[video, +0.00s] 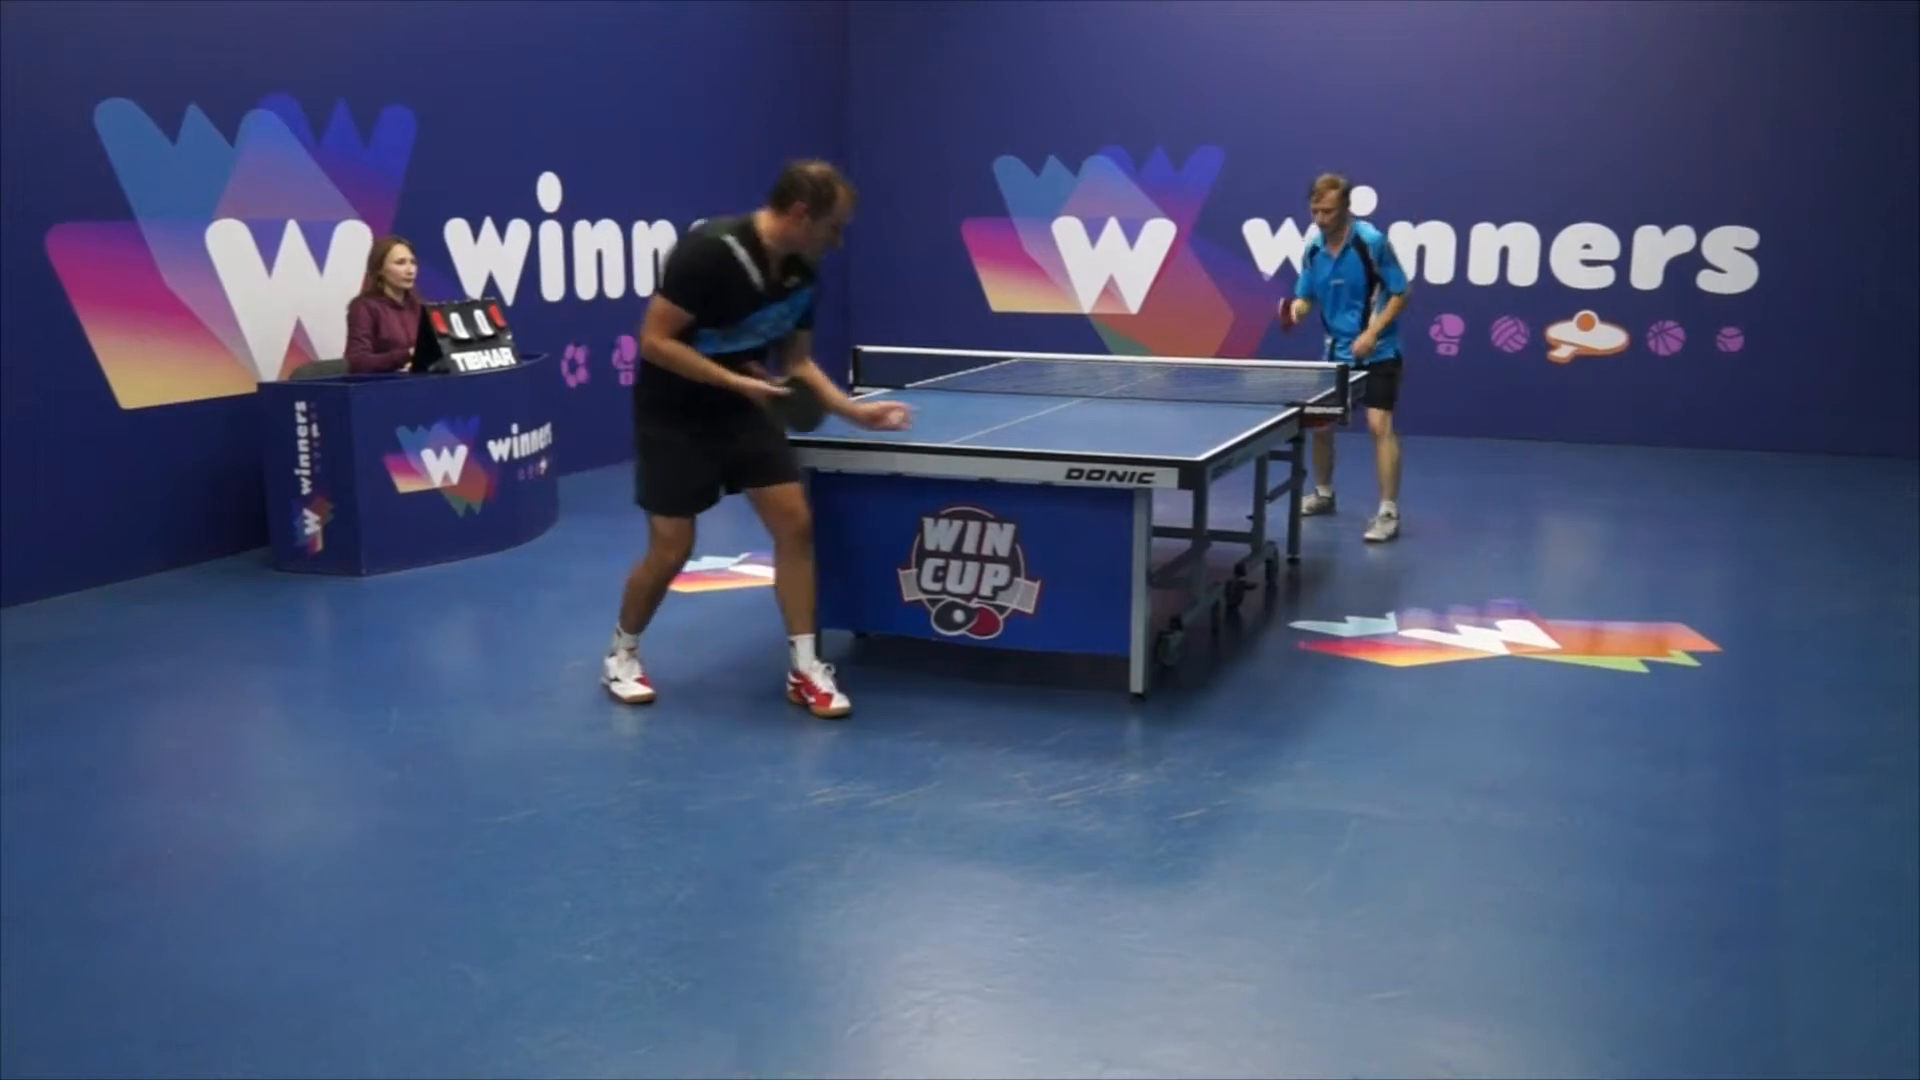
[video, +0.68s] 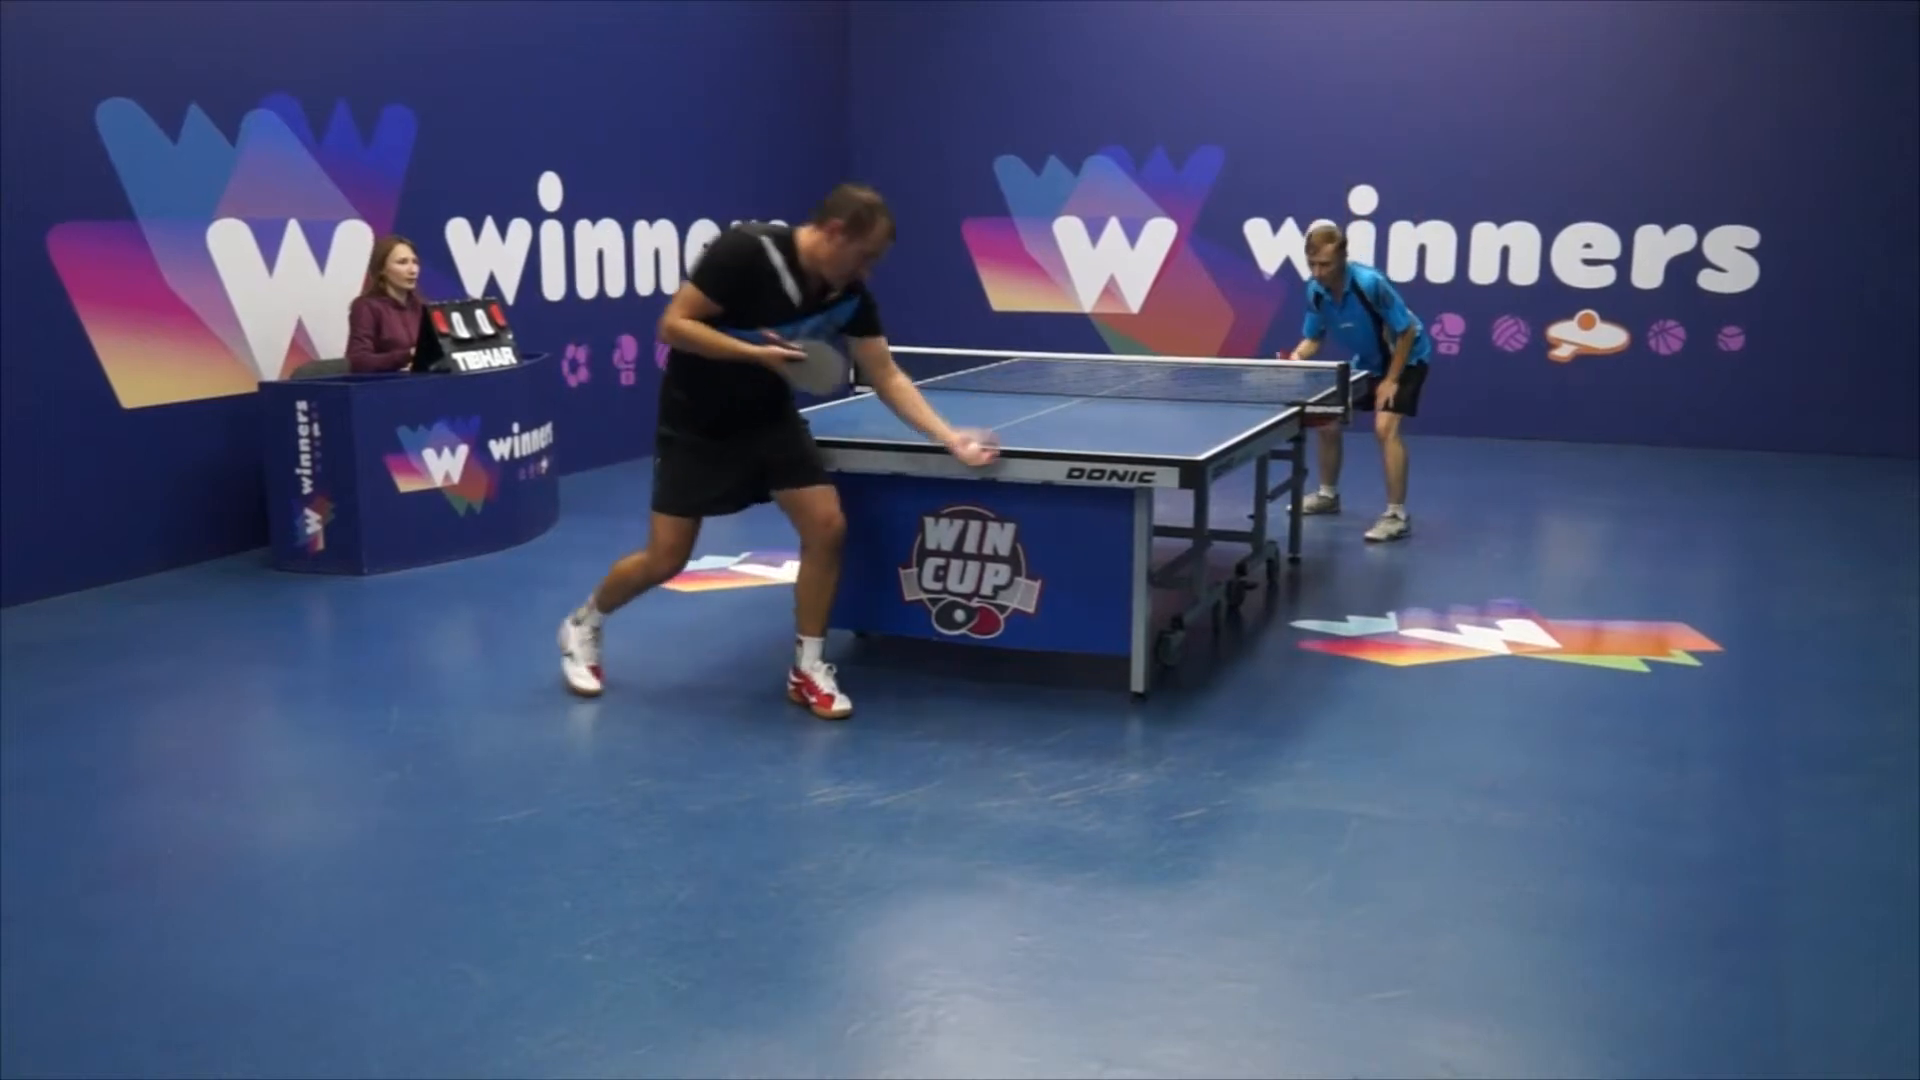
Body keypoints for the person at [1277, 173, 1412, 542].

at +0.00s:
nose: (1320, 217)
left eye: (1327, 211)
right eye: (1316, 210)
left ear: (1346, 209)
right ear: (1311, 209)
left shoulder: (1372, 241)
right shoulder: (1314, 249)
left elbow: (1400, 292)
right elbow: (1306, 298)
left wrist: (1373, 332)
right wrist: (1293, 313)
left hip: (1378, 348)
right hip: (1336, 349)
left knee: (1379, 424)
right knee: (1320, 420)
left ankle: (1387, 510)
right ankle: (1323, 493)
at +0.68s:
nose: (1318, 272)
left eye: (1325, 264)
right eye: (1313, 264)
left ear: (1343, 258)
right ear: (1308, 260)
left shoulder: (1369, 283)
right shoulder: (1315, 290)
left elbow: (1407, 331)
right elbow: (1313, 338)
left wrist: (1391, 380)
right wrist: (1295, 358)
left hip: (1406, 355)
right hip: (1368, 358)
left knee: (1385, 427)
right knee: (1327, 418)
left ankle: (1396, 513)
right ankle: (1327, 494)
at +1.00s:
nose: (1315, 270)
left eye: (1322, 262)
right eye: (1310, 262)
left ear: (1339, 257)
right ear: (1305, 259)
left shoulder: (1366, 282)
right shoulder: (1314, 292)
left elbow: (1405, 329)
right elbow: (1314, 338)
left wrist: (1391, 379)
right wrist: (1297, 357)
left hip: (1406, 355)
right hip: (1368, 358)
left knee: (1385, 426)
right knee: (1325, 418)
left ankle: (1396, 513)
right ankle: (1327, 494)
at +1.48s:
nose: (1329, 234)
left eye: (1337, 227)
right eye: (1324, 225)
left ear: (1353, 228)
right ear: (1318, 224)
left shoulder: (1374, 261)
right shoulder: (1312, 266)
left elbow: (1403, 310)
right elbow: (1301, 319)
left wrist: (1377, 355)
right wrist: (1293, 324)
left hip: (1383, 359)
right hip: (1339, 360)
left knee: (1383, 432)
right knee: (1314, 424)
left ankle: (1398, 512)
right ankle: (1326, 491)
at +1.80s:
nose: (1332, 216)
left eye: (1340, 209)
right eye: (1327, 208)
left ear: (1359, 209)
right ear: (1322, 207)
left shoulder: (1381, 244)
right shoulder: (1314, 249)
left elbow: (1411, 292)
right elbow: (1301, 298)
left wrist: (1379, 329)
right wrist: (1289, 310)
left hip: (1382, 352)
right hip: (1334, 353)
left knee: (1393, 432)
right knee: (1287, 414)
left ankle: (1421, 513)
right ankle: (1278, 499)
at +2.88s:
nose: (1342, 217)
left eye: (1350, 209)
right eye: (1337, 209)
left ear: (1369, 209)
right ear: (1332, 211)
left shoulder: (1394, 246)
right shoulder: (1331, 255)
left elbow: (1436, 284)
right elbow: (1304, 299)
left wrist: (1401, 312)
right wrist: (1275, 300)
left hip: (1406, 358)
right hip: (1361, 363)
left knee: (1419, 429)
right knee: (1319, 419)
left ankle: (1451, 510)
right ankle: (1295, 490)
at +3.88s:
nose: (1501, 215)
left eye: (1509, 208)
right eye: (1497, 207)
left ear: (1529, 212)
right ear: (1493, 210)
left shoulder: (1548, 259)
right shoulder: (1484, 251)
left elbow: (1570, 311)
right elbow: (1453, 291)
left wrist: (1562, 353)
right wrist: (1450, 288)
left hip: (1533, 371)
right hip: (1486, 368)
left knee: (1566, 436)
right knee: (1438, 427)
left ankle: (1613, 513)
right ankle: (1444, 481)